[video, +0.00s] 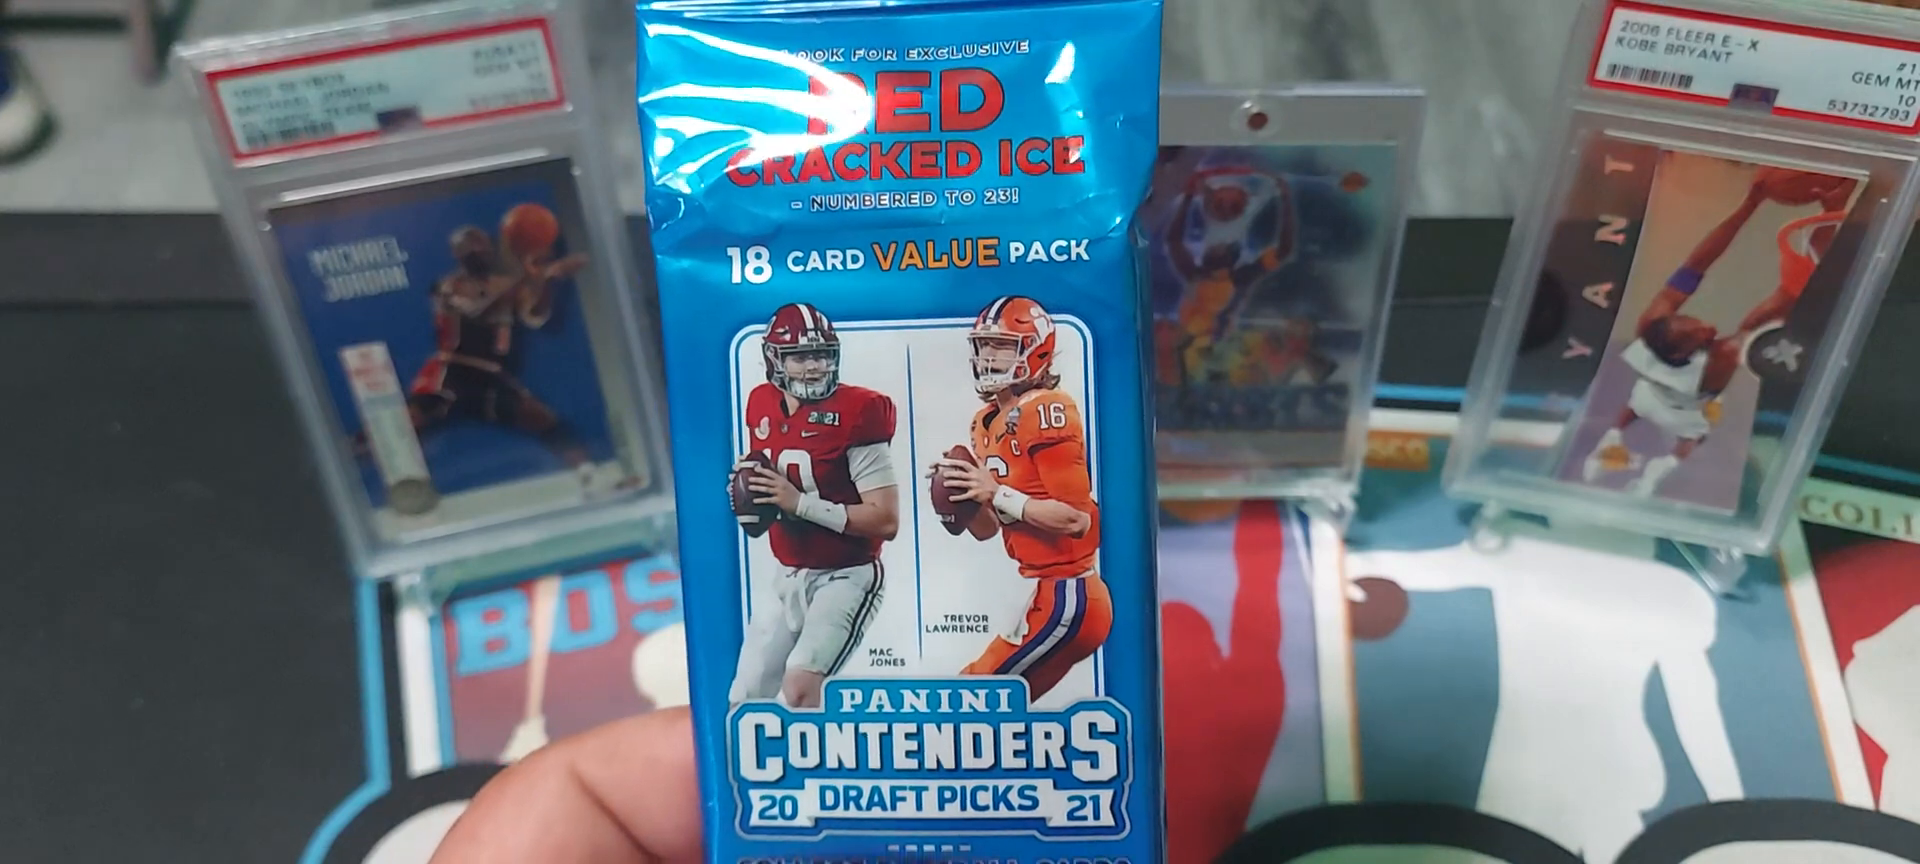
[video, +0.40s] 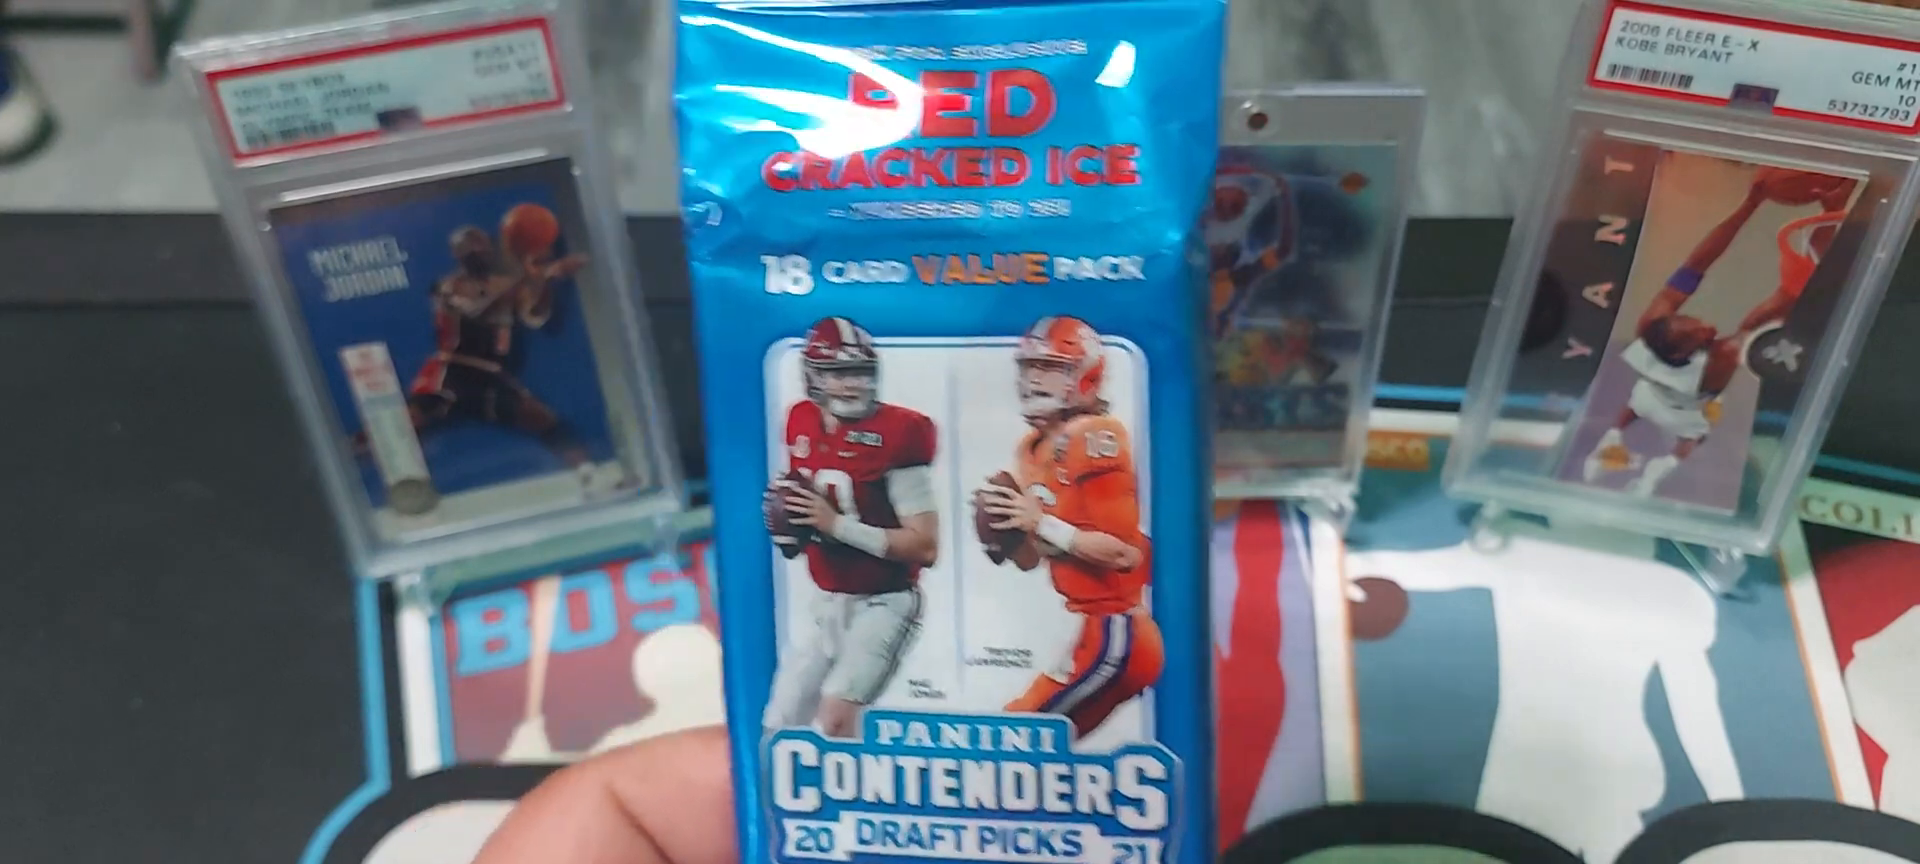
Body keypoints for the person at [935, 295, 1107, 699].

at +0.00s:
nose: (988, 359)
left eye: (1002, 348)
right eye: (983, 347)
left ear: (1034, 353)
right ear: (974, 350)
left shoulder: (1046, 410)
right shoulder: (985, 422)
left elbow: (1074, 517)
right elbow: (984, 528)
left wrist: (996, 492)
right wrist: (957, 491)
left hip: (1067, 597)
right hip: (1050, 594)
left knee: (964, 702)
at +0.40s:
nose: (1033, 381)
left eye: (1049, 369)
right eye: (1028, 367)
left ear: (1083, 378)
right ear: (1018, 371)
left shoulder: (1095, 435)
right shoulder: (1032, 447)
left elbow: (1124, 551)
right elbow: (1029, 558)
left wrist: (1041, 523)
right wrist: (999, 528)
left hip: (1115, 633)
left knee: (1012, 739)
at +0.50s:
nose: (1087, 412)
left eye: (1103, 399)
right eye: (1082, 398)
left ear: (1139, 409)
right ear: (1074, 401)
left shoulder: (1151, 468)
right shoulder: (1086, 479)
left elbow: (1180, 587)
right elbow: (1081, 592)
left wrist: (1093, 556)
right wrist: (1050, 563)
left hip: (1169, 672)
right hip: (1145, 668)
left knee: (1057, 778)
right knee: (1073, 788)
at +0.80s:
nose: (1142, 409)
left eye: (1158, 398)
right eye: (1139, 397)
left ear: (1194, 406)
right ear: (1130, 400)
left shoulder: (1203, 468)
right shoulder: (1134, 474)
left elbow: (1222, 584)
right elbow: (1126, 588)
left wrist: (1140, 551)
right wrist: (1097, 555)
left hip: (1210, 669)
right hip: (1186, 664)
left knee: (1093, 768)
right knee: (1108, 779)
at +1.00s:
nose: (1187, 383)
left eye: (1203, 373)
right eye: (1184, 369)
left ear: (1238, 382)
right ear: (1173, 370)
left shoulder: (1242, 443)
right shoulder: (1173, 445)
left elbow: (1253, 559)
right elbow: (1158, 558)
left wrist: (1173, 522)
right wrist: (1135, 522)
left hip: (1236, 642)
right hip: (1213, 637)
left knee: (1112, 735)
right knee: (1129, 746)